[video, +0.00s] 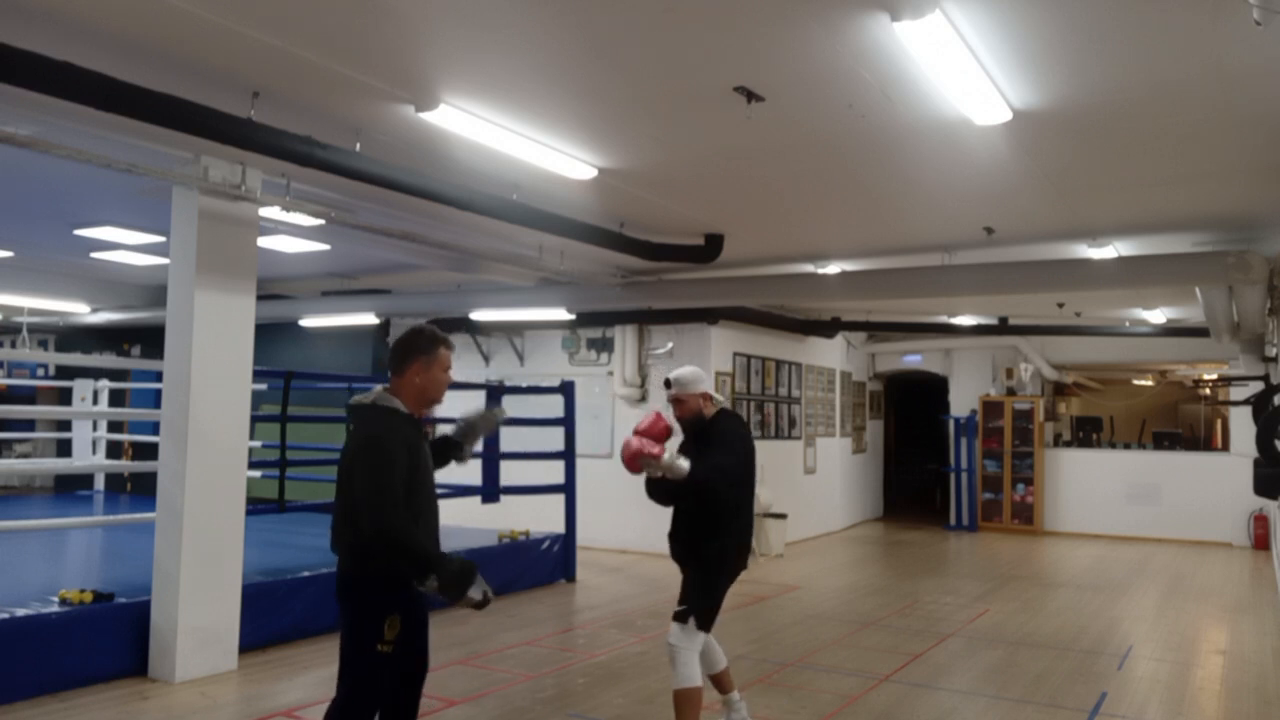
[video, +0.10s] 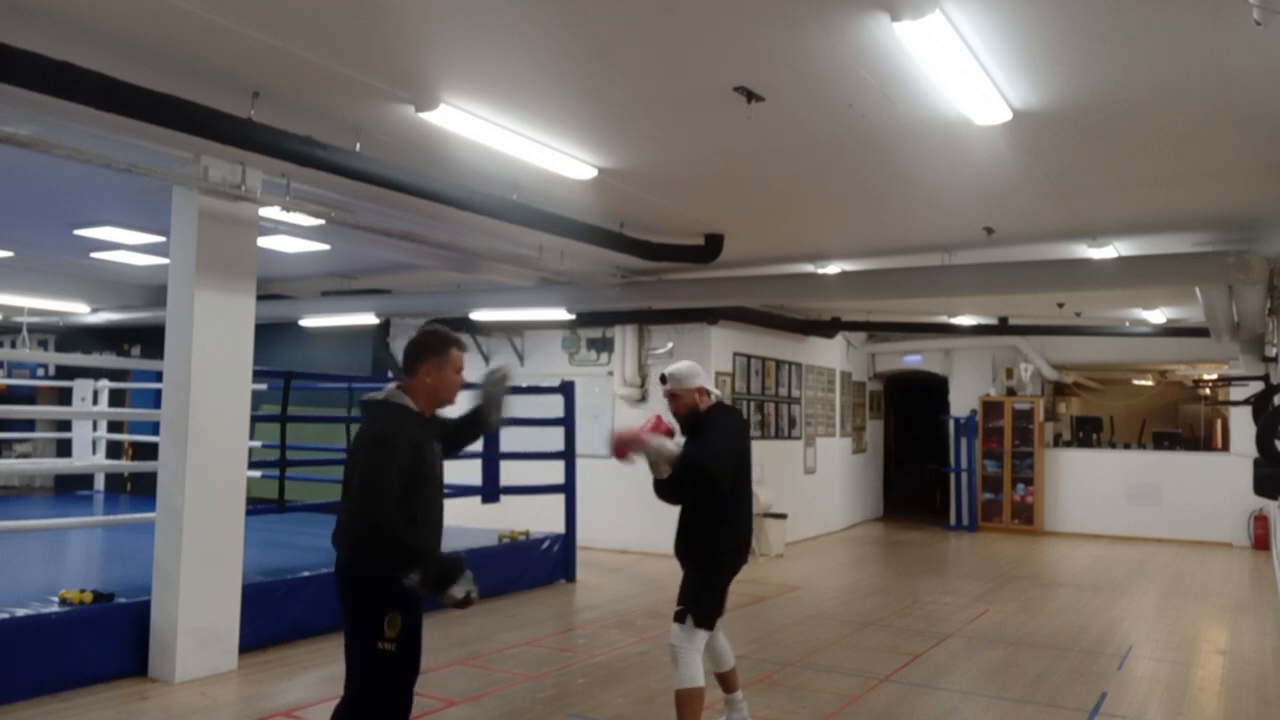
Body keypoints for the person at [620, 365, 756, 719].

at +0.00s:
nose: (674, 411)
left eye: (680, 402)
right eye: (672, 403)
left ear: (704, 399)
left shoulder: (729, 430)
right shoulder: (693, 436)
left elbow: (722, 484)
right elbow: (665, 493)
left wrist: (674, 466)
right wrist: (653, 468)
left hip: (721, 552)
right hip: (696, 550)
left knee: (682, 642)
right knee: (697, 636)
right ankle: (735, 708)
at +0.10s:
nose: (670, 406)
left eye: (674, 397)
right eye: (668, 398)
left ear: (699, 395)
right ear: (699, 396)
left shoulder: (715, 426)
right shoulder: (721, 422)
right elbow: (674, 489)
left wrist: (654, 449)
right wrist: (659, 450)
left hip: (713, 552)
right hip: (715, 548)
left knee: (684, 645)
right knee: (708, 632)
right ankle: (737, 709)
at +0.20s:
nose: (668, 401)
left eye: (673, 393)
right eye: (666, 393)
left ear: (698, 389)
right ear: (698, 391)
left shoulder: (716, 414)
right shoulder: (708, 422)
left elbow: (673, 422)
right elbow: (681, 488)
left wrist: (617, 412)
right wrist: (662, 455)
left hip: (720, 546)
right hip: (730, 542)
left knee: (694, 646)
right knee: (726, 630)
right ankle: (741, 709)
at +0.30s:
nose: (672, 402)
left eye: (676, 394)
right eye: (671, 395)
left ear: (699, 391)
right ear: (705, 390)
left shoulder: (700, 423)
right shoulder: (735, 415)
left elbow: (654, 437)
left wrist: (600, 438)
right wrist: (666, 436)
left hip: (723, 546)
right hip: (746, 540)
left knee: (697, 647)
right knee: (733, 627)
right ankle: (769, 706)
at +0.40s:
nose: (680, 407)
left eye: (683, 399)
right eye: (678, 400)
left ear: (705, 395)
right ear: (710, 395)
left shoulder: (719, 428)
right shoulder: (738, 420)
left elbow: (693, 474)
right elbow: (714, 478)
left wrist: (631, 470)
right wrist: (678, 454)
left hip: (723, 554)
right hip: (747, 550)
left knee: (689, 647)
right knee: (752, 631)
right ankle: (796, 709)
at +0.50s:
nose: (688, 411)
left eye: (691, 402)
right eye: (686, 403)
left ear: (714, 398)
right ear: (716, 399)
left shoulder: (736, 431)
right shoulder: (743, 425)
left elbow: (724, 494)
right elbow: (720, 490)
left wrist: (675, 483)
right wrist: (686, 463)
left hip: (733, 558)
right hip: (754, 555)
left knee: (699, 644)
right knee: (760, 637)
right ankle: (800, 712)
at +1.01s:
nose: (703, 403)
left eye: (707, 394)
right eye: (701, 395)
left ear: (731, 392)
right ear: (738, 391)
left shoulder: (735, 434)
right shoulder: (767, 418)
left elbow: (698, 493)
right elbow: (739, 444)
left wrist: (683, 447)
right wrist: (699, 415)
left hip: (742, 559)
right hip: (766, 551)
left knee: (718, 662)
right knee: (756, 641)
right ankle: (787, 713)